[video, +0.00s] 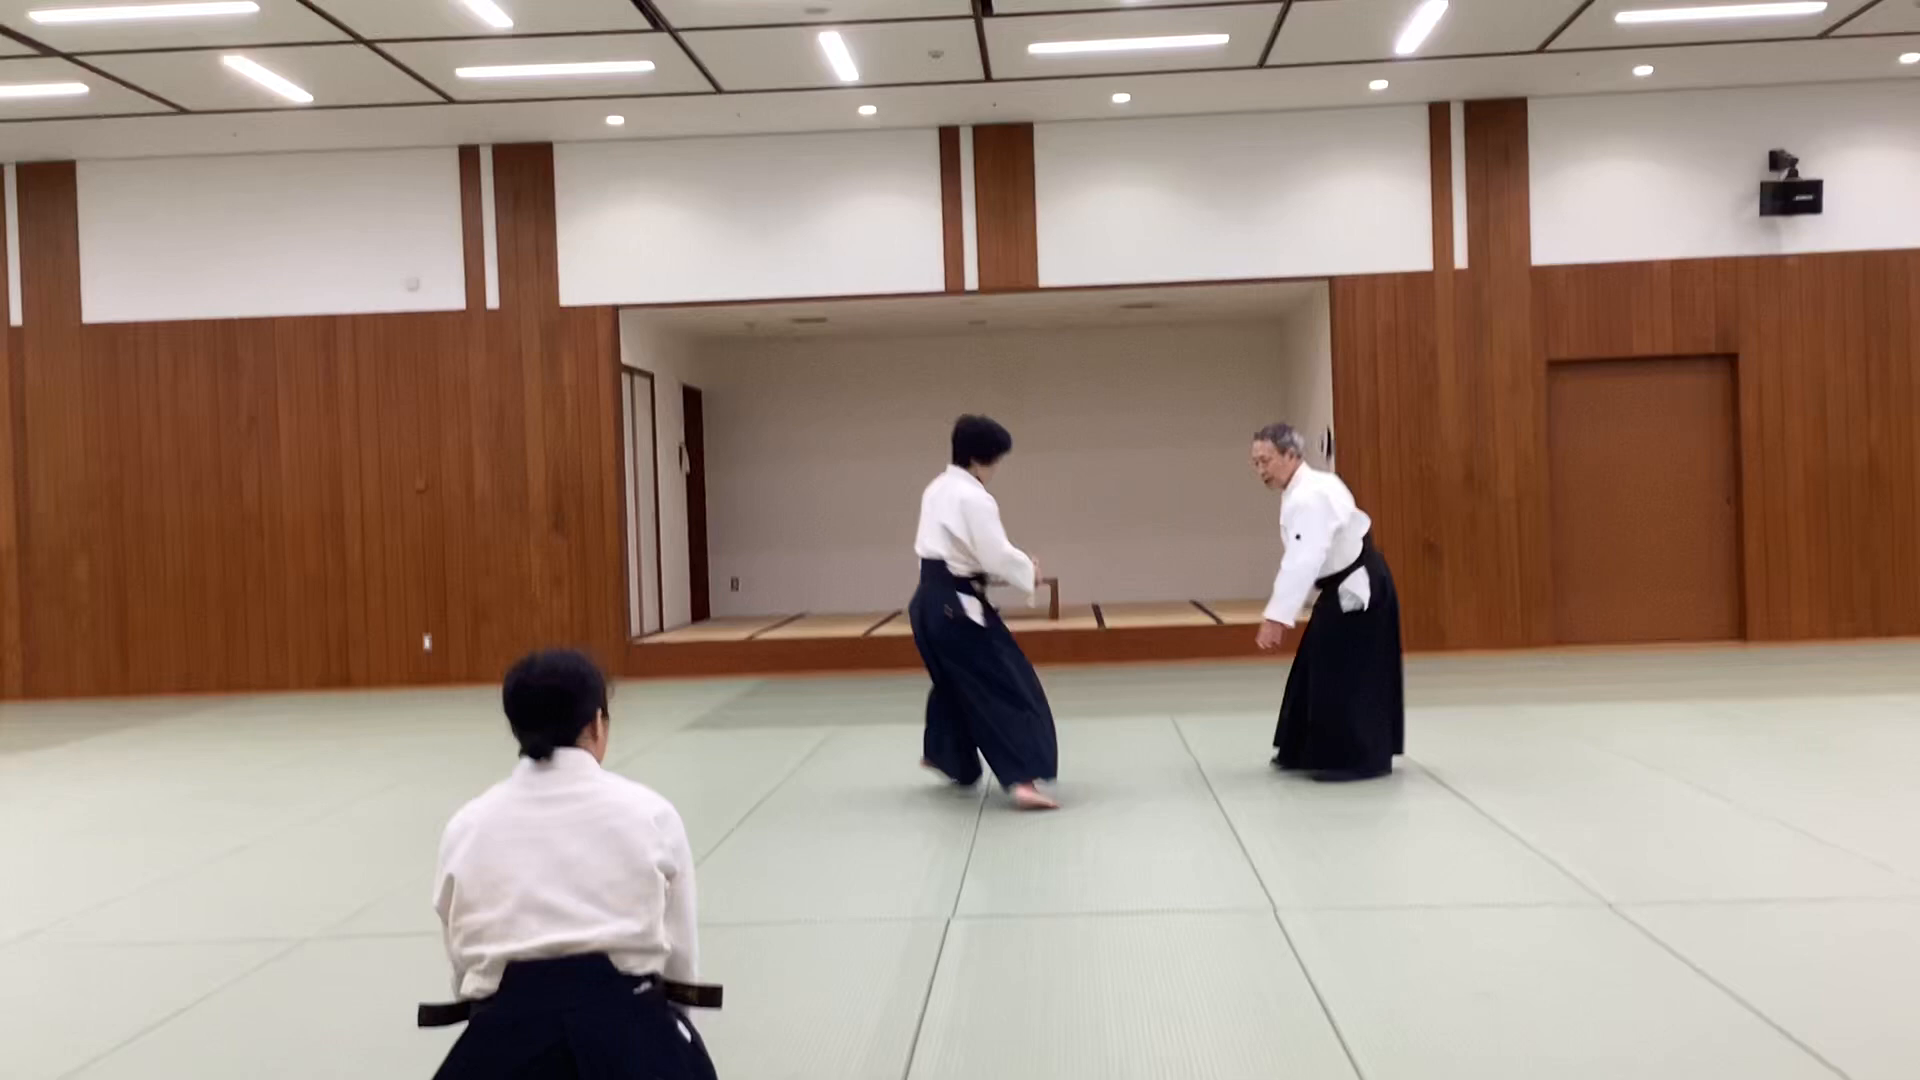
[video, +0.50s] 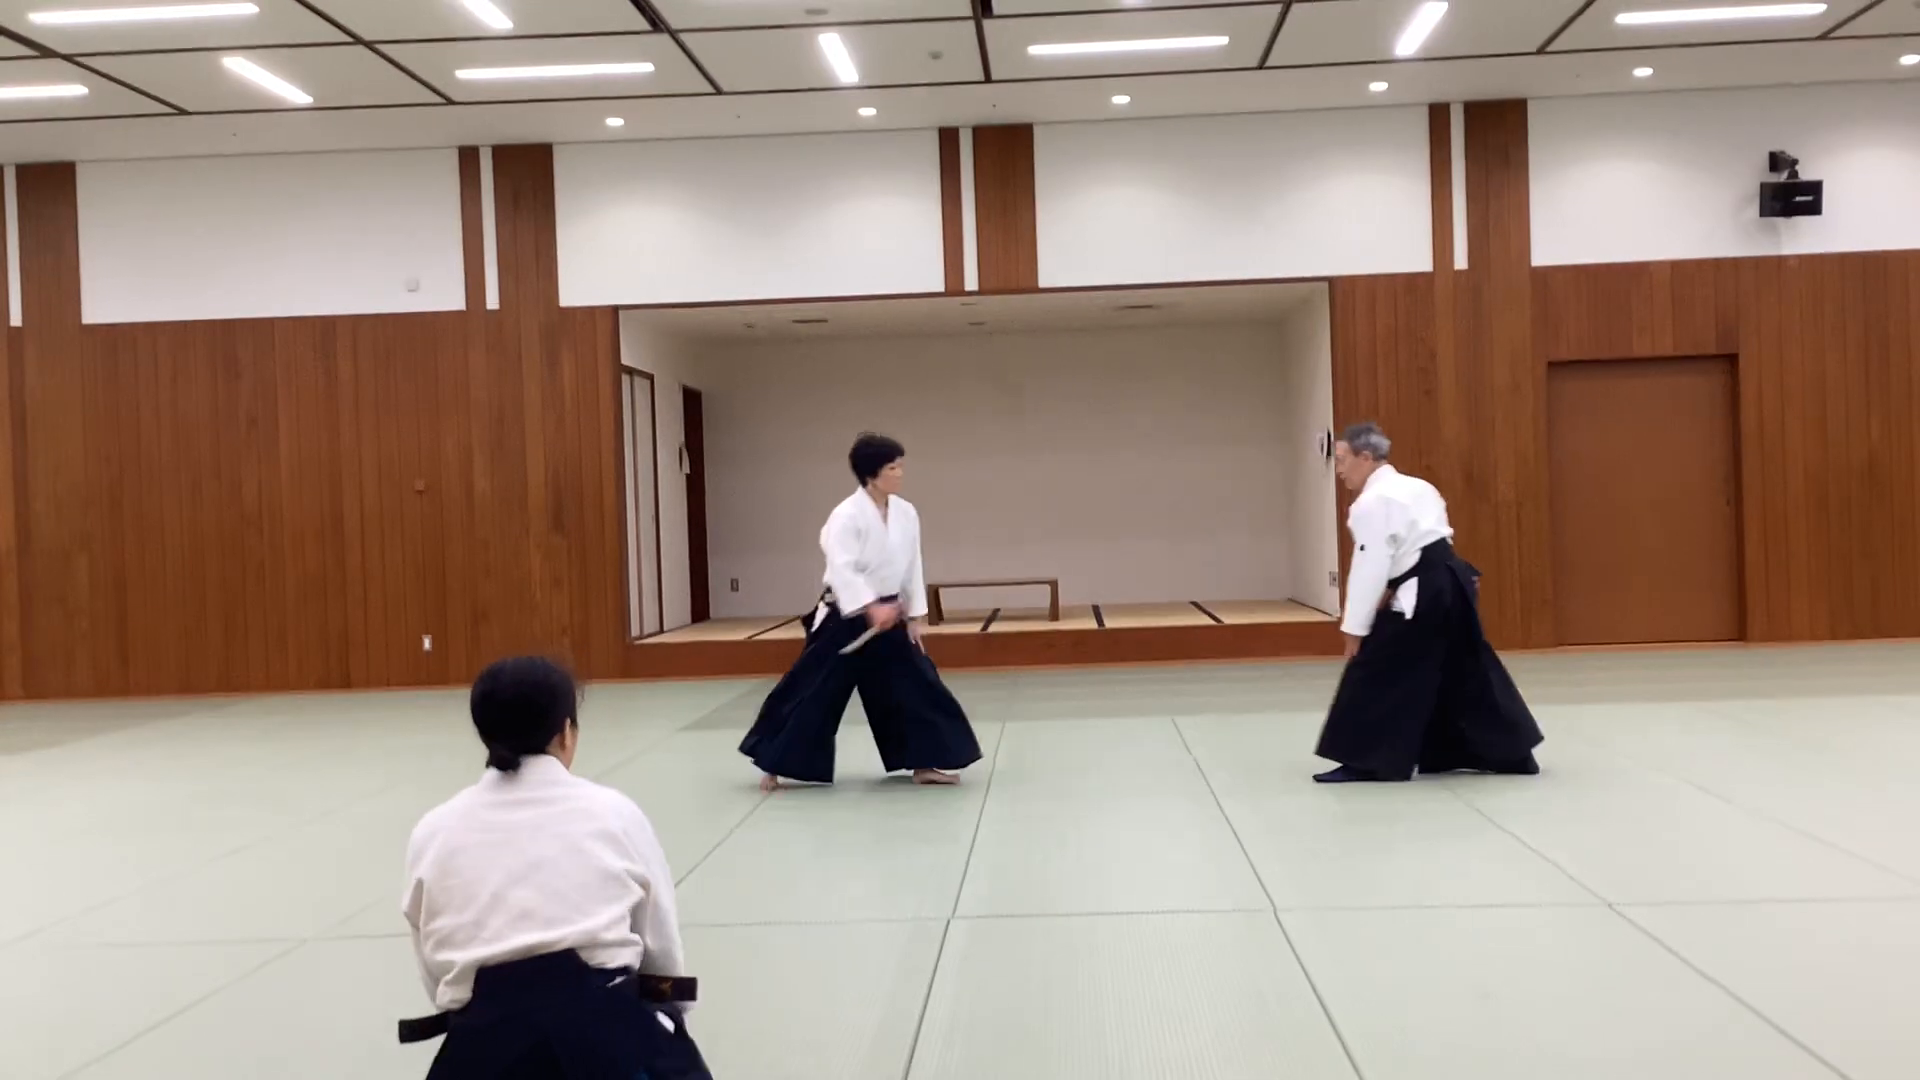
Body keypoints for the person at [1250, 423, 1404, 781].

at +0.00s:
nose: (1259, 470)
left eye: (1264, 461)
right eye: (1256, 463)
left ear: (1290, 456)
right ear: (1290, 458)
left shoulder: (1308, 496)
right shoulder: (1311, 484)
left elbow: (1302, 559)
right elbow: (1304, 557)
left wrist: (1275, 617)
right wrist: (1286, 610)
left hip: (1356, 587)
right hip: (1346, 583)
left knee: (1336, 668)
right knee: (1313, 664)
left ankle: (1350, 757)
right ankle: (1303, 748)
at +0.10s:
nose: (1266, 477)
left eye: (1270, 467)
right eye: (1262, 469)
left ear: (1295, 461)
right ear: (1296, 462)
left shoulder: (1312, 502)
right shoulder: (1333, 483)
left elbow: (1293, 564)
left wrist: (1266, 619)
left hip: (1370, 591)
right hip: (1381, 580)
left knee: (1335, 669)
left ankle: (1350, 758)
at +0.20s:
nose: (1276, 478)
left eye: (1279, 467)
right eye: (1274, 469)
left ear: (1303, 462)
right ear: (1307, 463)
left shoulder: (1320, 503)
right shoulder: (1349, 482)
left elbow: (1304, 569)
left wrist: (1278, 626)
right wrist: (1342, 593)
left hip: (1375, 594)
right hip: (1399, 582)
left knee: (1341, 674)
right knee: (1392, 669)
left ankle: (1350, 761)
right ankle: (1401, 752)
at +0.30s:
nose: (1290, 475)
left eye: (1293, 465)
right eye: (1288, 466)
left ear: (1316, 462)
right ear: (1321, 462)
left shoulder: (1332, 506)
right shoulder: (1368, 483)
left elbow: (1323, 571)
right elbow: (1366, 548)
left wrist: (1302, 632)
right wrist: (1337, 602)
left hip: (1384, 596)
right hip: (1415, 583)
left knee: (1346, 672)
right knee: (1422, 668)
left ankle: (1352, 761)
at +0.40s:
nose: (1311, 472)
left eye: (1315, 462)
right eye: (1310, 463)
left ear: (1339, 461)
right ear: (1346, 462)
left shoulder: (1349, 507)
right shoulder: (1388, 486)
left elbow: (1345, 575)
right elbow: (1406, 540)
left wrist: (1329, 635)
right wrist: (1370, 585)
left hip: (1402, 590)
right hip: (1431, 580)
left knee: (1359, 670)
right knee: (1452, 666)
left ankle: (1359, 761)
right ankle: (1507, 745)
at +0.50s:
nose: (1338, 468)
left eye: (1342, 458)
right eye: (1337, 459)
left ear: (1367, 458)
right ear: (1377, 458)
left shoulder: (1372, 503)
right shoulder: (1420, 487)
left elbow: (1369, 569)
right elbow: (1438, 542)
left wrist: (1354, 628)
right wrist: (1393, 586)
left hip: (1419, 593)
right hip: (1452, 585)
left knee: (1374, 671)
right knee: (1465, 670)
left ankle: (1366, 761)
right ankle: (1512, 751)